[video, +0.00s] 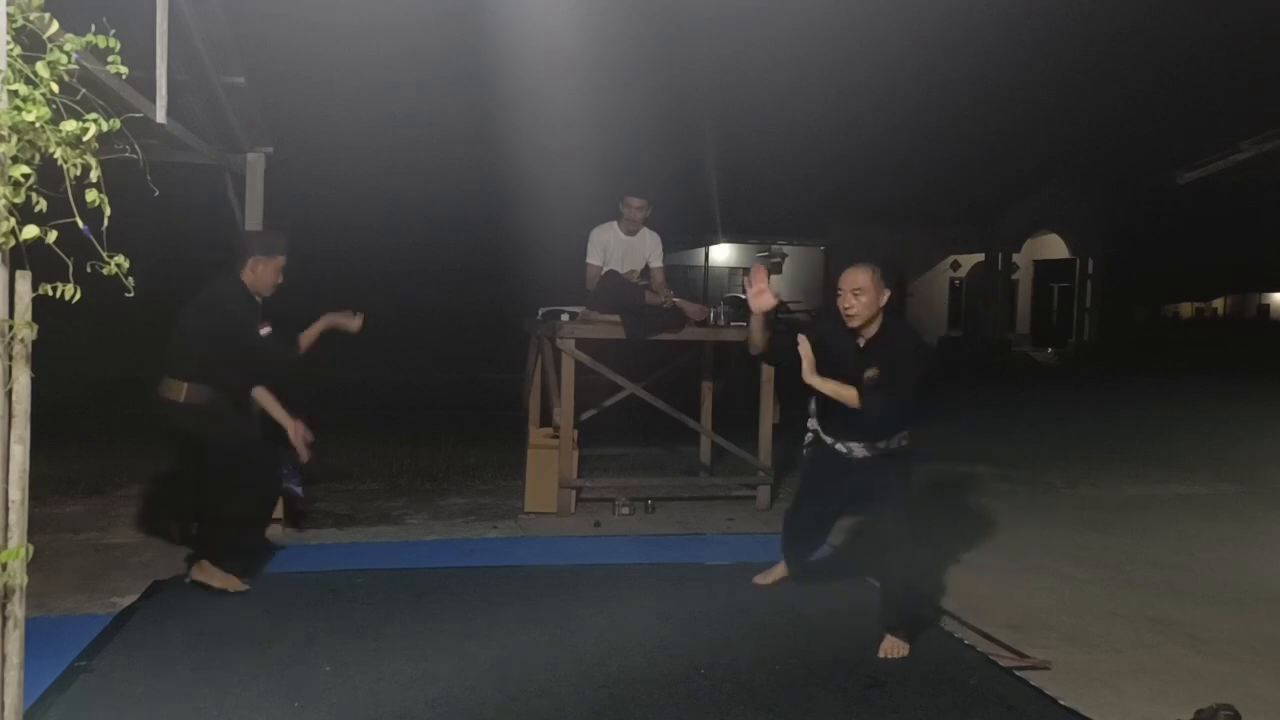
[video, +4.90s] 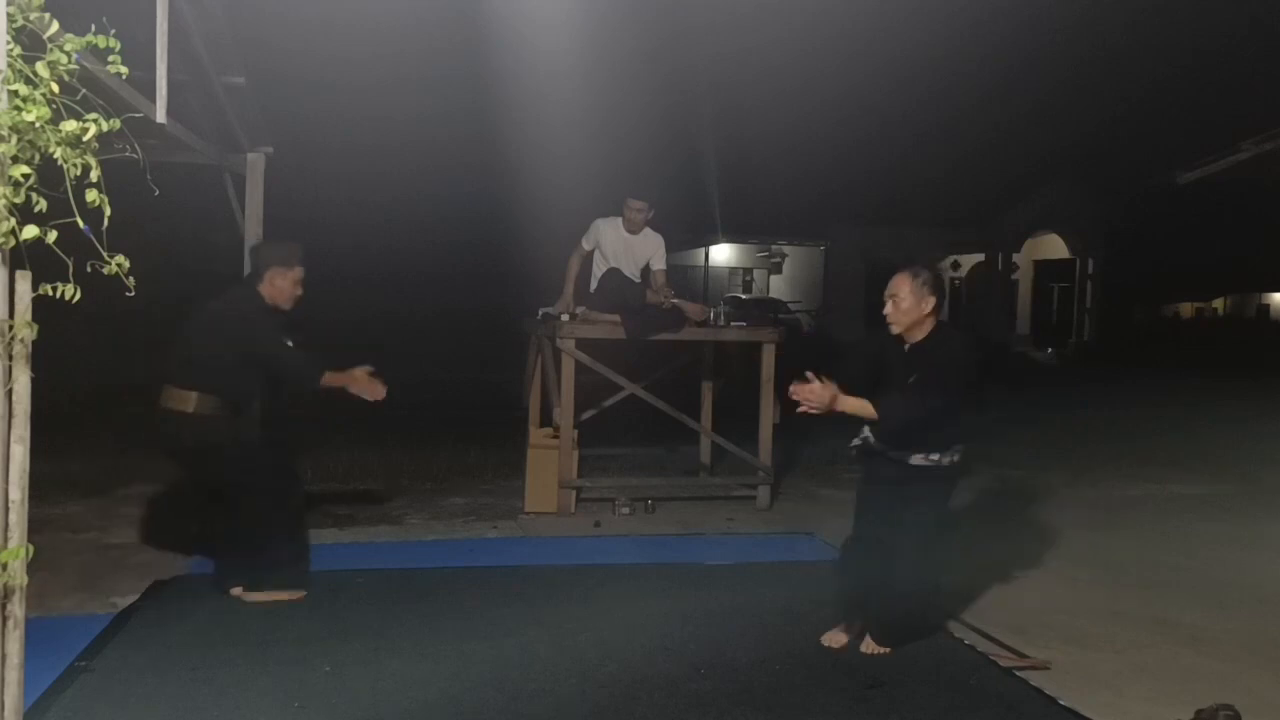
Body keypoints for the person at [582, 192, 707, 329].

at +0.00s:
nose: (633, 214)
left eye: (639, 209)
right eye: (628, 208)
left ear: (648, 212)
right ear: (621, 207)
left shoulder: (652, 239)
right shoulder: (601, 234)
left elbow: (659, 282)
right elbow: (591, 283)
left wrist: (665, 295)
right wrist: (621, 280)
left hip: (636, 300)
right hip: (602, 299)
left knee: (674, 317)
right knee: (610, 278)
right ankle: (680, 305)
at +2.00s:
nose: (643, 218)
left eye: (647, 213)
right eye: (638, 212)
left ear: (651, 214)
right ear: (624, 209)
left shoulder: (654, 240)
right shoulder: (602, 234)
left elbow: (658, 283)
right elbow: (592, 283)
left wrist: (665, 295)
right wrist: (623, 281)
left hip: (636, 301)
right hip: (603, 301)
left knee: (676, 318)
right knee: (611, 278)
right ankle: (680, 306)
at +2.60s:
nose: (631, 216)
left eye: (638, 212)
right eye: (628, 210)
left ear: (649, 214)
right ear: (623, 209)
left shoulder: (656, 242)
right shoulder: (602, 232)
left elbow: (660, 283)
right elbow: (583, 275)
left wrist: (668, 298)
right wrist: (617, 276)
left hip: (636, 302)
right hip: (602, 300)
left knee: (673, 316)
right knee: (612, 278)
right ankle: (679, 306)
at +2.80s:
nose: (624, 217)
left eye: (630, 213)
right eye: (622, 211)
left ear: (644, 214)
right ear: (618, 209)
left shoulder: (655, 241)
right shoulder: (601, 230)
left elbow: (660, 282)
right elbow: (579, 267)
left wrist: (669, 296)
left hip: (634, 301)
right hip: (601, 299)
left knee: (673, 317)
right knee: (612, 278)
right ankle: (679, 306)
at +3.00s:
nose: (618, 217)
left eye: (624, 213)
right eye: (616, 212)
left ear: (639, 214)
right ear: (612, 210)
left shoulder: (653, 240)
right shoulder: (598, 229)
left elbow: (659, 282)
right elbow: (573, 263)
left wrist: (669, 298)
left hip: (633, 301)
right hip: (600, 299)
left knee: (675, 317)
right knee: (612, 275)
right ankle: (680, 306)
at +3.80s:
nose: (627, 214)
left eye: (634, 210)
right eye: (625, 208)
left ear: (648, 212)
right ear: (620, 207)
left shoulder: (655, 241)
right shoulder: (600, 227)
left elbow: (659, 282)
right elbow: (577, 256)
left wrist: (668, 296)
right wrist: (569, 294)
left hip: (634, 301)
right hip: (600, 299)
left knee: (675, 317)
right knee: (613, 276)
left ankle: (604, 316)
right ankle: (681, 306)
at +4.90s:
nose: (632, 216)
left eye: (640, 212)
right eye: (629, 210)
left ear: (650, 214)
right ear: (623, 208)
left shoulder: (655, 241)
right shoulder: (601, 227)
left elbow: (660, 284)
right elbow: (577, 256)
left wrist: (669, 297)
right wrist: (567, 295)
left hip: (634, 301)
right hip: (601, 298)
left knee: (674, 317)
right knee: (613, 276)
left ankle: (603, 317)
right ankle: (679, 306)